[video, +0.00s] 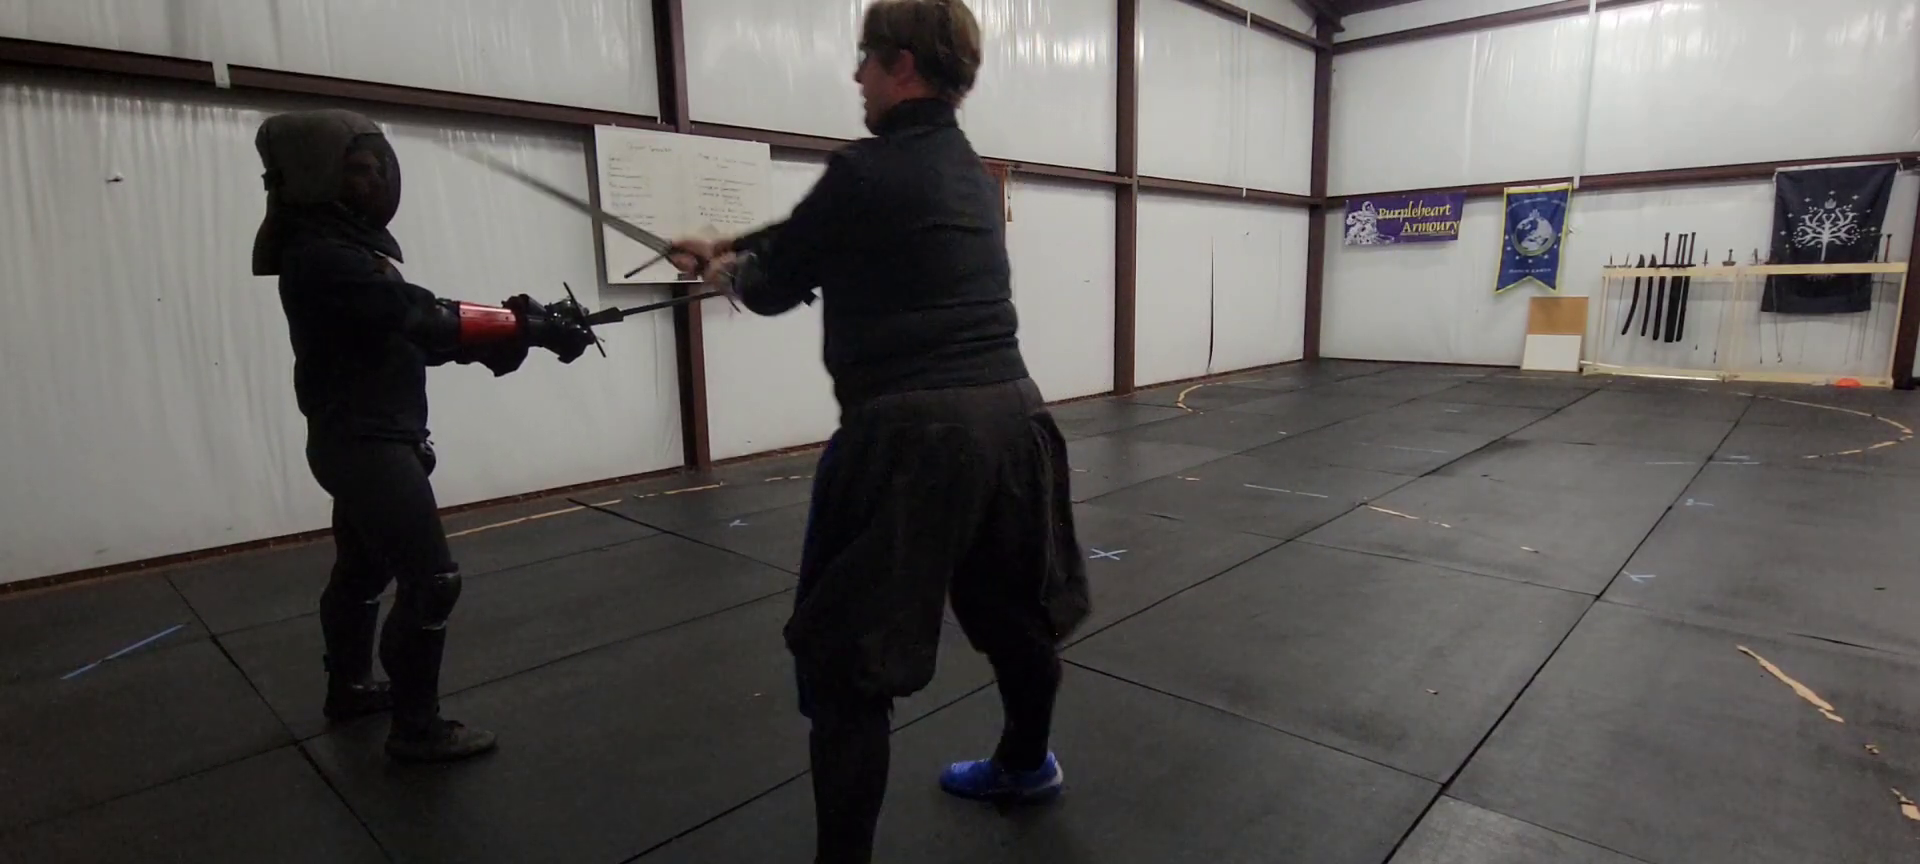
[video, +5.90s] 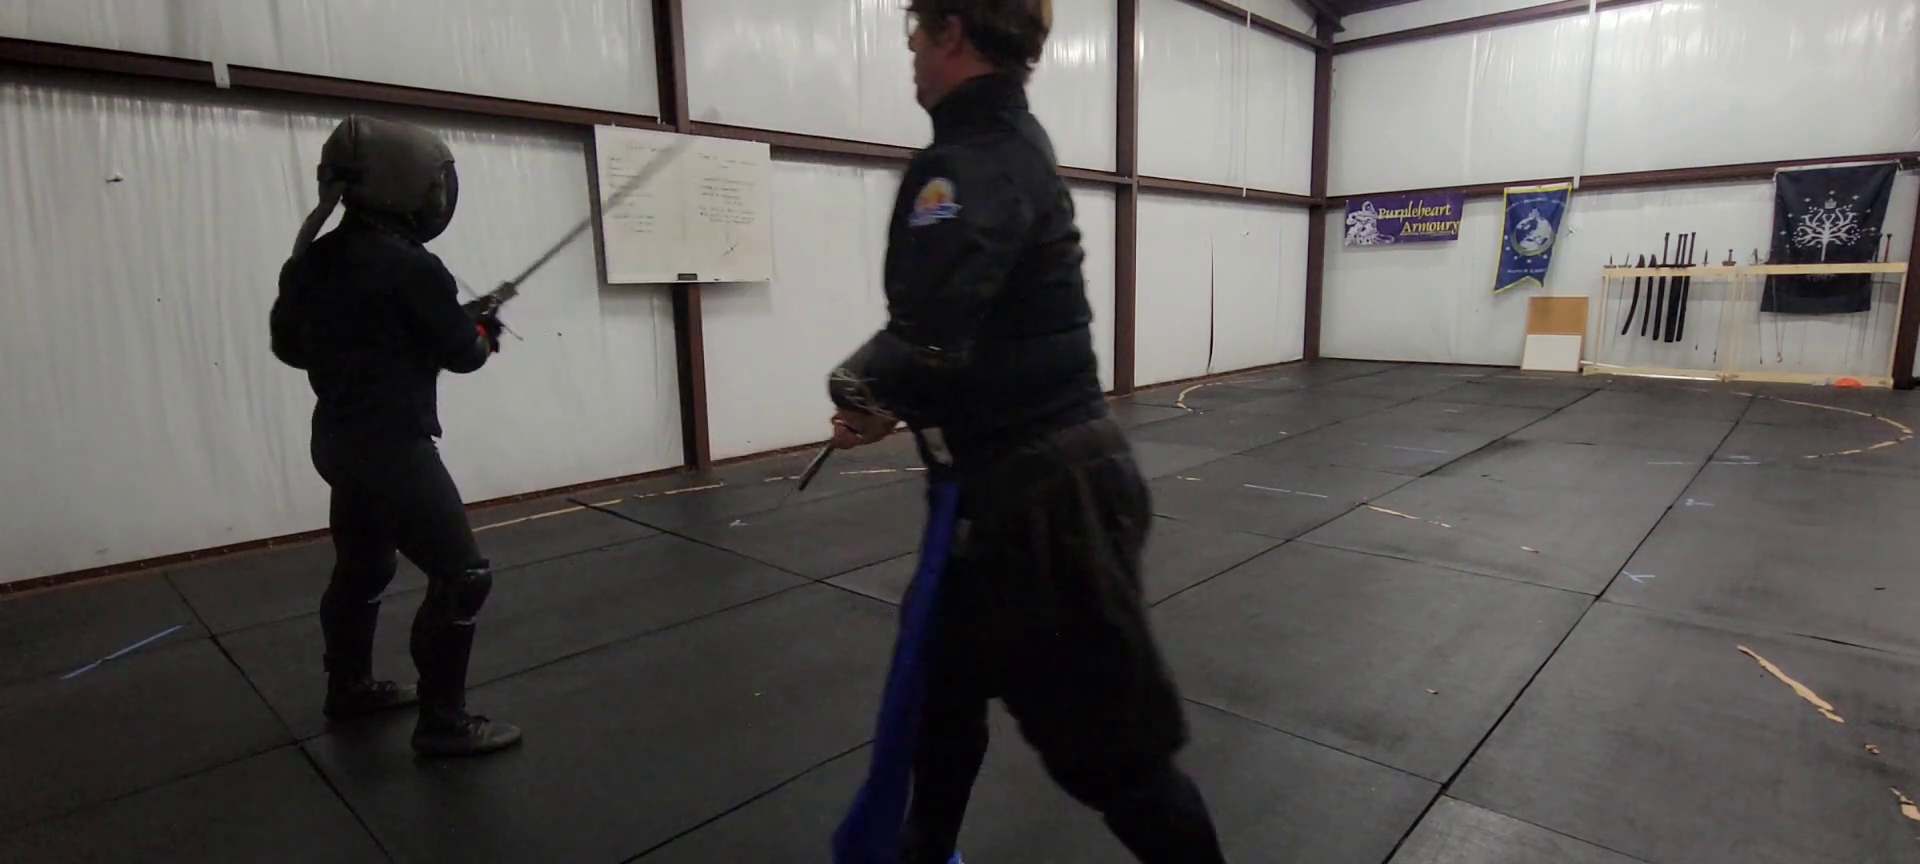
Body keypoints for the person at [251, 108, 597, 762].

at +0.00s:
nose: (381, 177)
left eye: (381, 164)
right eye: (364, 166)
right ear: (327, 177)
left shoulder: (348, 246)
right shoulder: (322, 256)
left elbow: (415, 326)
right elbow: (415, 317)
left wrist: (505, 327)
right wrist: (522, 324)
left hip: (376, 444)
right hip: (369, 449)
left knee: (360, 573)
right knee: (430, 583)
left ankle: (351, 691)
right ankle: (417, 728)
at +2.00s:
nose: (363, 183)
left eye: (365, 170)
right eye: (346, 172)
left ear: (367, 176)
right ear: (311, 182)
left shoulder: (347, 245)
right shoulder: (292, 256)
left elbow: (388, 333)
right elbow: (360, 342)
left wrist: (462, 358)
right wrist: (473, 355)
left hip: (375, 439)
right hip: (344, 445)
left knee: (358, 569)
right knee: (392, 581)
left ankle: (350, 688)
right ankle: (410, 724)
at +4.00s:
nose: (375, 176)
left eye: (378, 165)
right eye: (360, 165)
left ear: (382, 174)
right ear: (324, 176)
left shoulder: (349, 249)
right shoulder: (319, 256)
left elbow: (378, 357)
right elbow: (377, 348)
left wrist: (401, 438)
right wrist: (440, 371)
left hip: (371, 440)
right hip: (354, 445)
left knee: (358, 568)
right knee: (393, 573)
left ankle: (350, 687)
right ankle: (413, 718)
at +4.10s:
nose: (389, 181)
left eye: (388, 168)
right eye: (377, 168)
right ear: (346, 176)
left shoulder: (343, 250)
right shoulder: (325, 257)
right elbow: (371, 353)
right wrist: (432, 361)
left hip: (364, 440)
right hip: (361, 445)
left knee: (358, 566)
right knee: (392, 571)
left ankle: (349, 686)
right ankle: (412, 719)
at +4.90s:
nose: (432, 196)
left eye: (433, 183)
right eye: (422, 183)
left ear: (358, 189)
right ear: (389, 188)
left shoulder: (341, 256)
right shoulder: (374, 261)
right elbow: (423, 363)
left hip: (357, 443)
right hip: (382, 447)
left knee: (378, 568)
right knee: (447, 578)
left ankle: (350, 688)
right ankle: (441, 721)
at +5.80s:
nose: (439, 192)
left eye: (437, 180)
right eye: (431, 180)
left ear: (348, 187)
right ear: (407, 189)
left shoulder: (306, 268)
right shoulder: (406, 268)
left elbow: (383, 342)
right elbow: (461, 344)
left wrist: (471, 330)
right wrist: (507, 336)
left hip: (339, 448)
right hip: (398, 451)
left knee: (360, 570)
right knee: (459, 577)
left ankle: (349, 691)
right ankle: (444, 723)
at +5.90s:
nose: (446, 195)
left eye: (444, 182)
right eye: (439, 183)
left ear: (358, 186)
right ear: (419, 191)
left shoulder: (314, 261)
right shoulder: (414, 267)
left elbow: (288, 345)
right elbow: (461, 352)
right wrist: (481, 328)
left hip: (340, 445)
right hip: (398, 449)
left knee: (360, 568)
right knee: (460, 577)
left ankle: (348, 690)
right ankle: (444, 722)